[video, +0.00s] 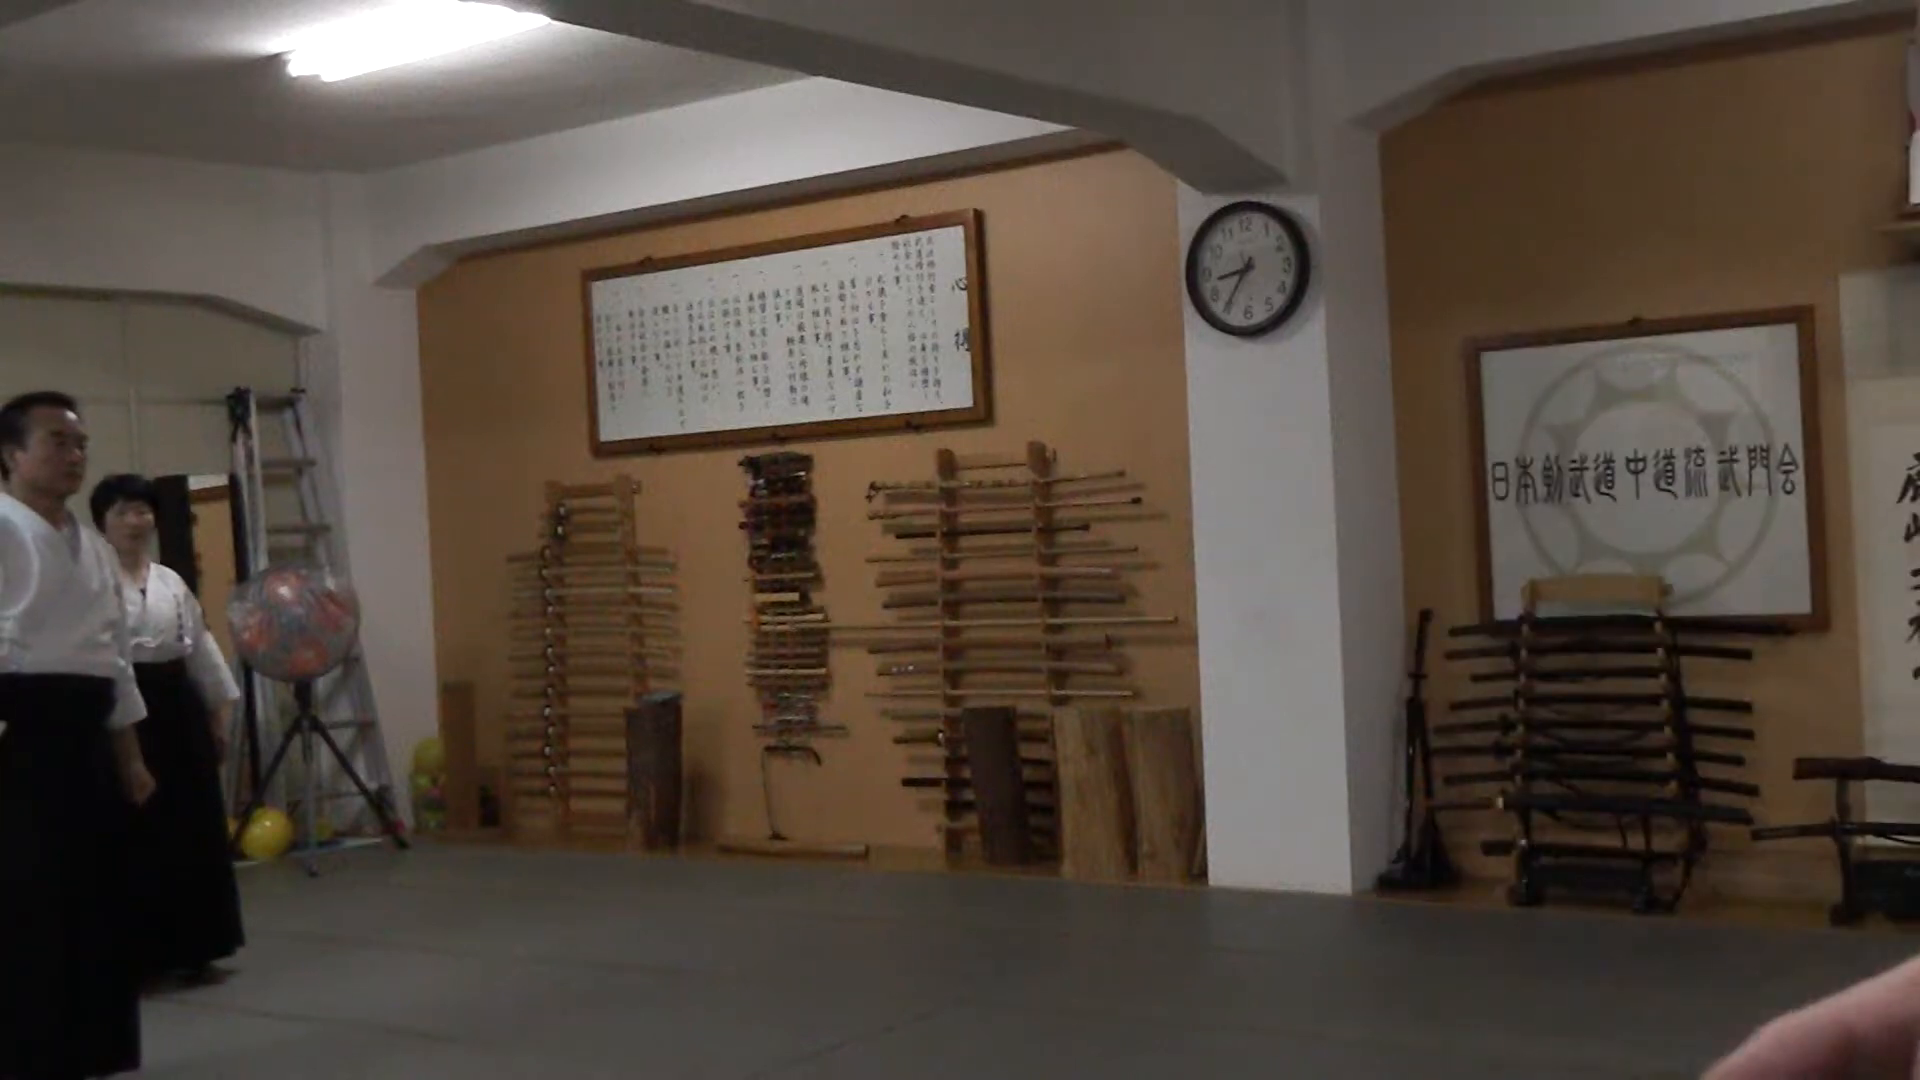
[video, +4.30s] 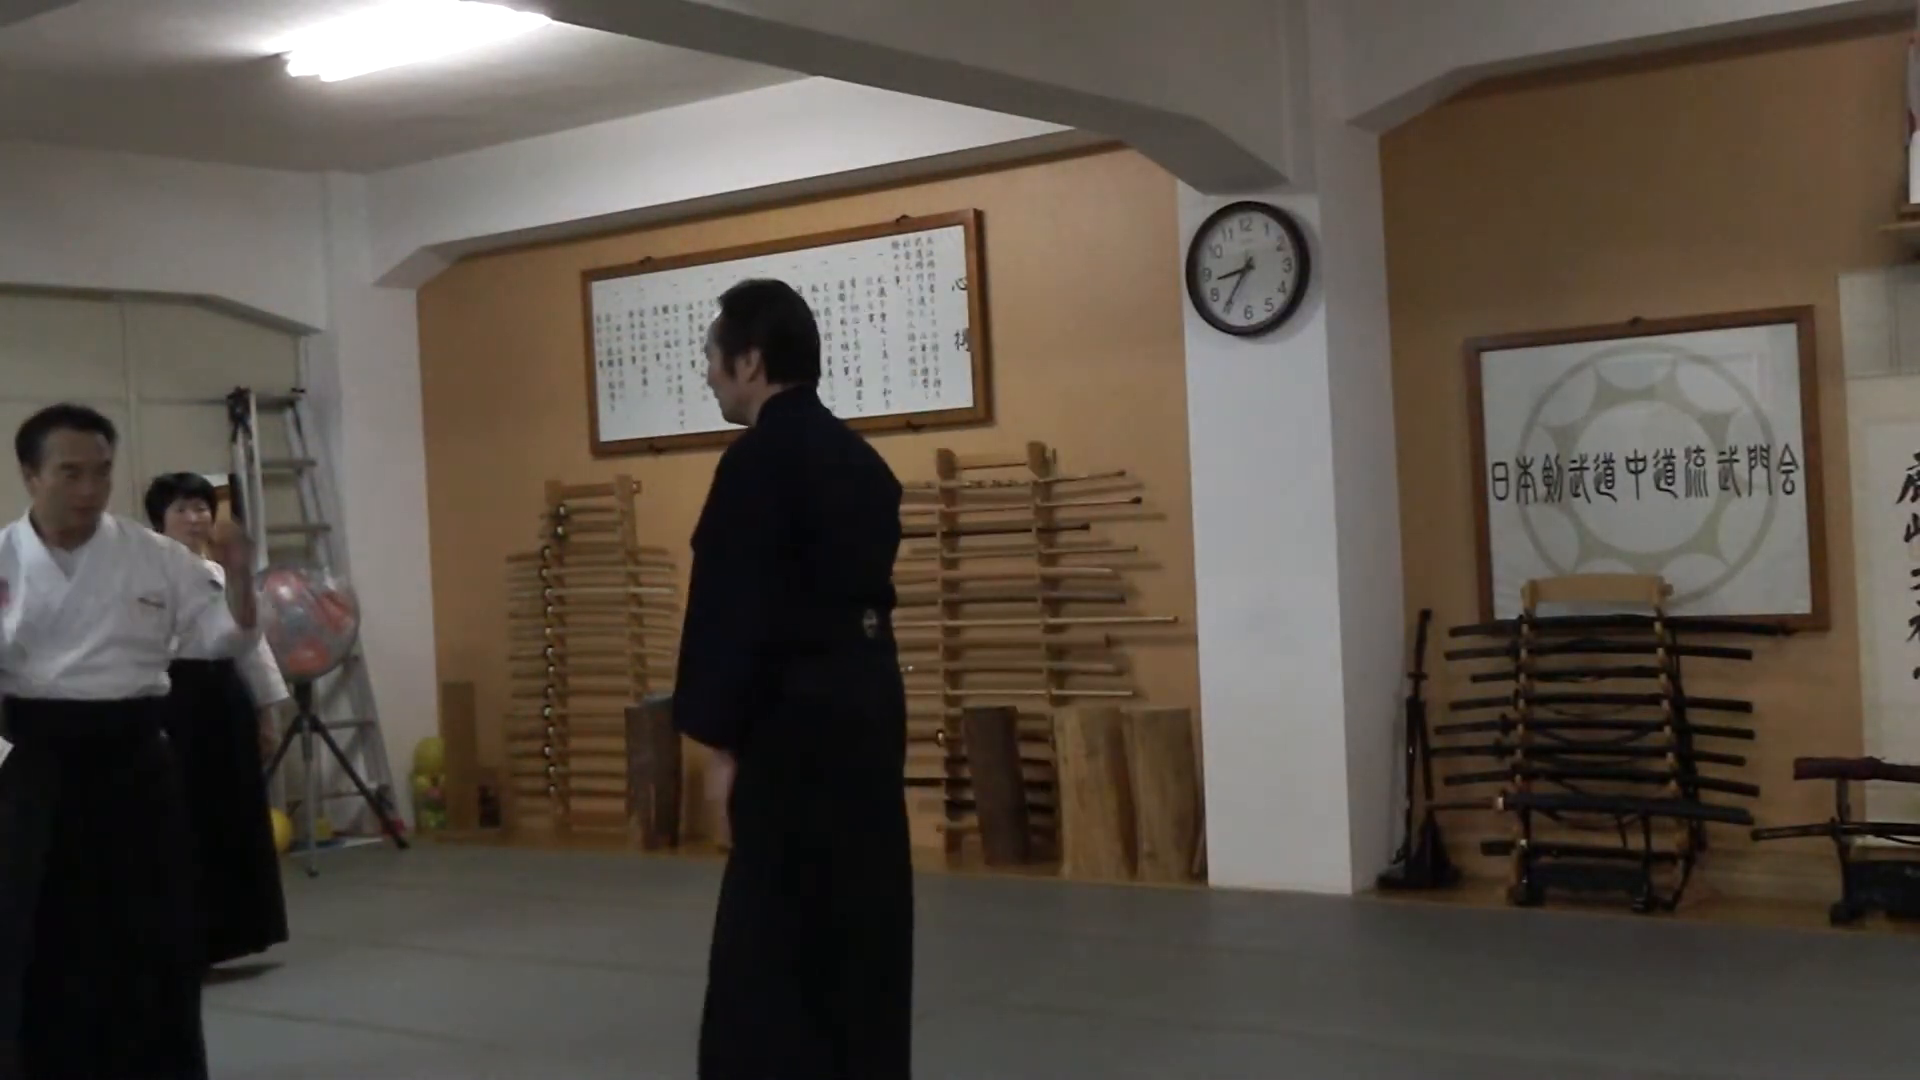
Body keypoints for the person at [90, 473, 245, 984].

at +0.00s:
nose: (136, 520)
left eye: (144, 510)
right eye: (124, 512)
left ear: (155, 520)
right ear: (102, 523)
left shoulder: (170, 581)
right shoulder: (95, 582)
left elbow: (199, 643)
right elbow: (93, 656)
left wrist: (225, 697)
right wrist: (108, 727)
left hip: (175, 695)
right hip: (121, 700)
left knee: (193, 816)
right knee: (137, 822)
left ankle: (198, 945)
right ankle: (147, 949)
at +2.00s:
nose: (175, 515)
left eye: (183, 506)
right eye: (163, 507)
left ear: (197, 515)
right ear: (144, 519)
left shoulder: (216, 580)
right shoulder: (124, 581)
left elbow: (243, 646)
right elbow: (112, 658)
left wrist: (262, 713)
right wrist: (121, 729)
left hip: (211, 702)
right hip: (153, 706)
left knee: (213, 818)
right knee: (159, 822)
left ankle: (203, 946)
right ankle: (162, 949)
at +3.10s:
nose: (183, 516)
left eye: (191, 508)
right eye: (170, 509)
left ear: (204, 518)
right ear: (148, 522)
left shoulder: (217, 579)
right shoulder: (141, 581)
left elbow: (243, 643)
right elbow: (136, 656)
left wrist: (263, 707)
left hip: (217, 704)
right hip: (160, 711)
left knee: (226, 816)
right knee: (174, 826)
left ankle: (230, 930)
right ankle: (184, 936)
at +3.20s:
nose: (182, 522)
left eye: (191, 512)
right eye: (169, 514)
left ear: (203, 519)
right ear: (147, 522)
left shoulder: (216, 579)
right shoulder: (135, 583)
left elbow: (243, 645)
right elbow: (135, 651)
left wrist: (263, 708)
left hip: (215, 698)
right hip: (158, 702)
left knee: (222, 812)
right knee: (167, 819)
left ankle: (225, 929)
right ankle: (172, 933)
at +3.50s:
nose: (186, 522)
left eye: (195, 512)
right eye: (173, 513)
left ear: (207, 519)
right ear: (148, 523)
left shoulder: (219, 580)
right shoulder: (137, 583)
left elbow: (245, 644)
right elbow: (131, 654)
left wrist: (265, 707)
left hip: (218, 700)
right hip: (160, 704)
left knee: (224, 814)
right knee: (169, 821)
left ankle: (222, 934)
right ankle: (176, 938)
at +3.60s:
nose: (187, 521)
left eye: (195, 511)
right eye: (174, 513)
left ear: (208, 519)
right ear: (149, 523)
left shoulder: (221, 580)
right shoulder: (139, 583)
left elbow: (246, 645)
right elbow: (133, 655)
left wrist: (265, 710)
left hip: (220, 699)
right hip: (162, 704)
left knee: (226, 814)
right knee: (174, 821)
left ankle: (229, 932)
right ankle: (181, 938)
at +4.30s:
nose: (197, 517)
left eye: (203, 508)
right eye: (184, 509)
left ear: (215, 518)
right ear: (159, 521)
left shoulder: (222, 578)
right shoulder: (148, 575)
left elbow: (249, 643)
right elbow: (137, 652)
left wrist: (269, 708)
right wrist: (141, 720)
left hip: (225, 701)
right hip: (170, 703)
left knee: (231, 814)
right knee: (180, 819)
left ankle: (232, 932)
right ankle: (187, 938)